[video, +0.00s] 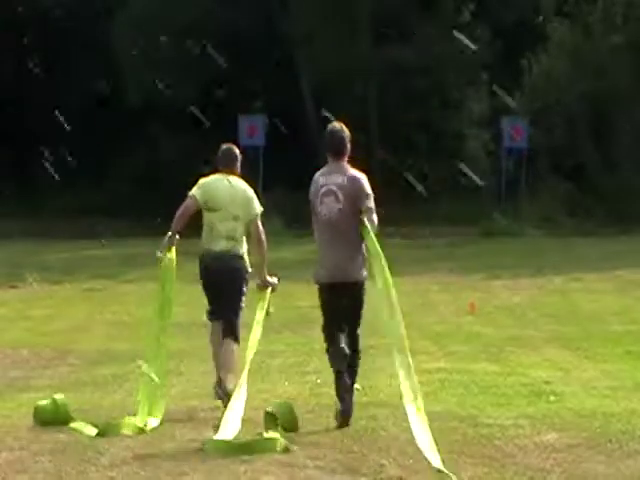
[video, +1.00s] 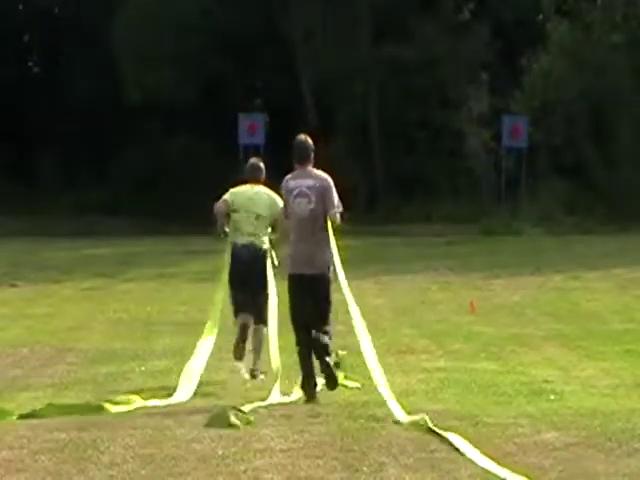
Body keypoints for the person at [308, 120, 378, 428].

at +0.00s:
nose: (348, 149)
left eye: (340, 144)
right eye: (349, 144)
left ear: (325, 148)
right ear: (348, 147)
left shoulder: (317, 179)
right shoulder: (358, 180)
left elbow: (315, 221)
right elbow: (371, 220)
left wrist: (323, 244)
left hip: (326, 271)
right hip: (353, 271)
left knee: (331, 328)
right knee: (351, 330)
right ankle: (348, 389)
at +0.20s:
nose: (320, 153)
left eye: (317, 147)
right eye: (329, 147)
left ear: (312, 149)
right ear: (335, 148)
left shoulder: (305, 179)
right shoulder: (348, 180)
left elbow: (299, 218)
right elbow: (359, 221)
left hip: (317, 271)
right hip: (344, 270)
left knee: (316, 327)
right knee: (345, 331)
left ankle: (315, 383)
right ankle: (343, 393)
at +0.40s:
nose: (319, 158)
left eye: (309, 153)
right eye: (320, 153)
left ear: (301, 156)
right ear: (321, 154)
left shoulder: (301, 182)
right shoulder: (322, 177)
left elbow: (332, 207)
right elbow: (326, 209)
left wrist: (354, 198)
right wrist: (351, 194)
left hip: (305, 271)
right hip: (329, 269)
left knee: (312, 336)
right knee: (334, 323)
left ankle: (314, 400)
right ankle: (331, 361)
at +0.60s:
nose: (331, 155)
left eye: (328, 151)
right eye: (331, 151)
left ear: (309, 152)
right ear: (329, 153)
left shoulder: (303, 176)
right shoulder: (326, 182)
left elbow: (322, 209)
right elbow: (326, 222)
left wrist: (346, 204)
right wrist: (351, 207)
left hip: (296, 269)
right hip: (320, 268)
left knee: (304, 330)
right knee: (328, 331)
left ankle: (296, 362)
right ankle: (321, 391)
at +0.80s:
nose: (317, 149)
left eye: (311, 144)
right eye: (320, 144)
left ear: (303, 146)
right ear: (324, 146)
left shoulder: (292, 171)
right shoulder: (333, 176)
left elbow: (285, 207)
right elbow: (339, 213)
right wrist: (337, 234)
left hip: (298, 256)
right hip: (324, 256)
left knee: (298, 315)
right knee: (323, 316)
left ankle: (297, 369)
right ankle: (321, 371)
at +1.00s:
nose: (307, 158)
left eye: (302, 153)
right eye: (311, 153)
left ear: (293, 156)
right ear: (312, 154)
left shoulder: (287, 183)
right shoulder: (324, 180)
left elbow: (286, 218)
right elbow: (334, 216)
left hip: (296, 266)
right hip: (320, 266)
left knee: (302, 329)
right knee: (322, 318)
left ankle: (308, 383)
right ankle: (323, 350)